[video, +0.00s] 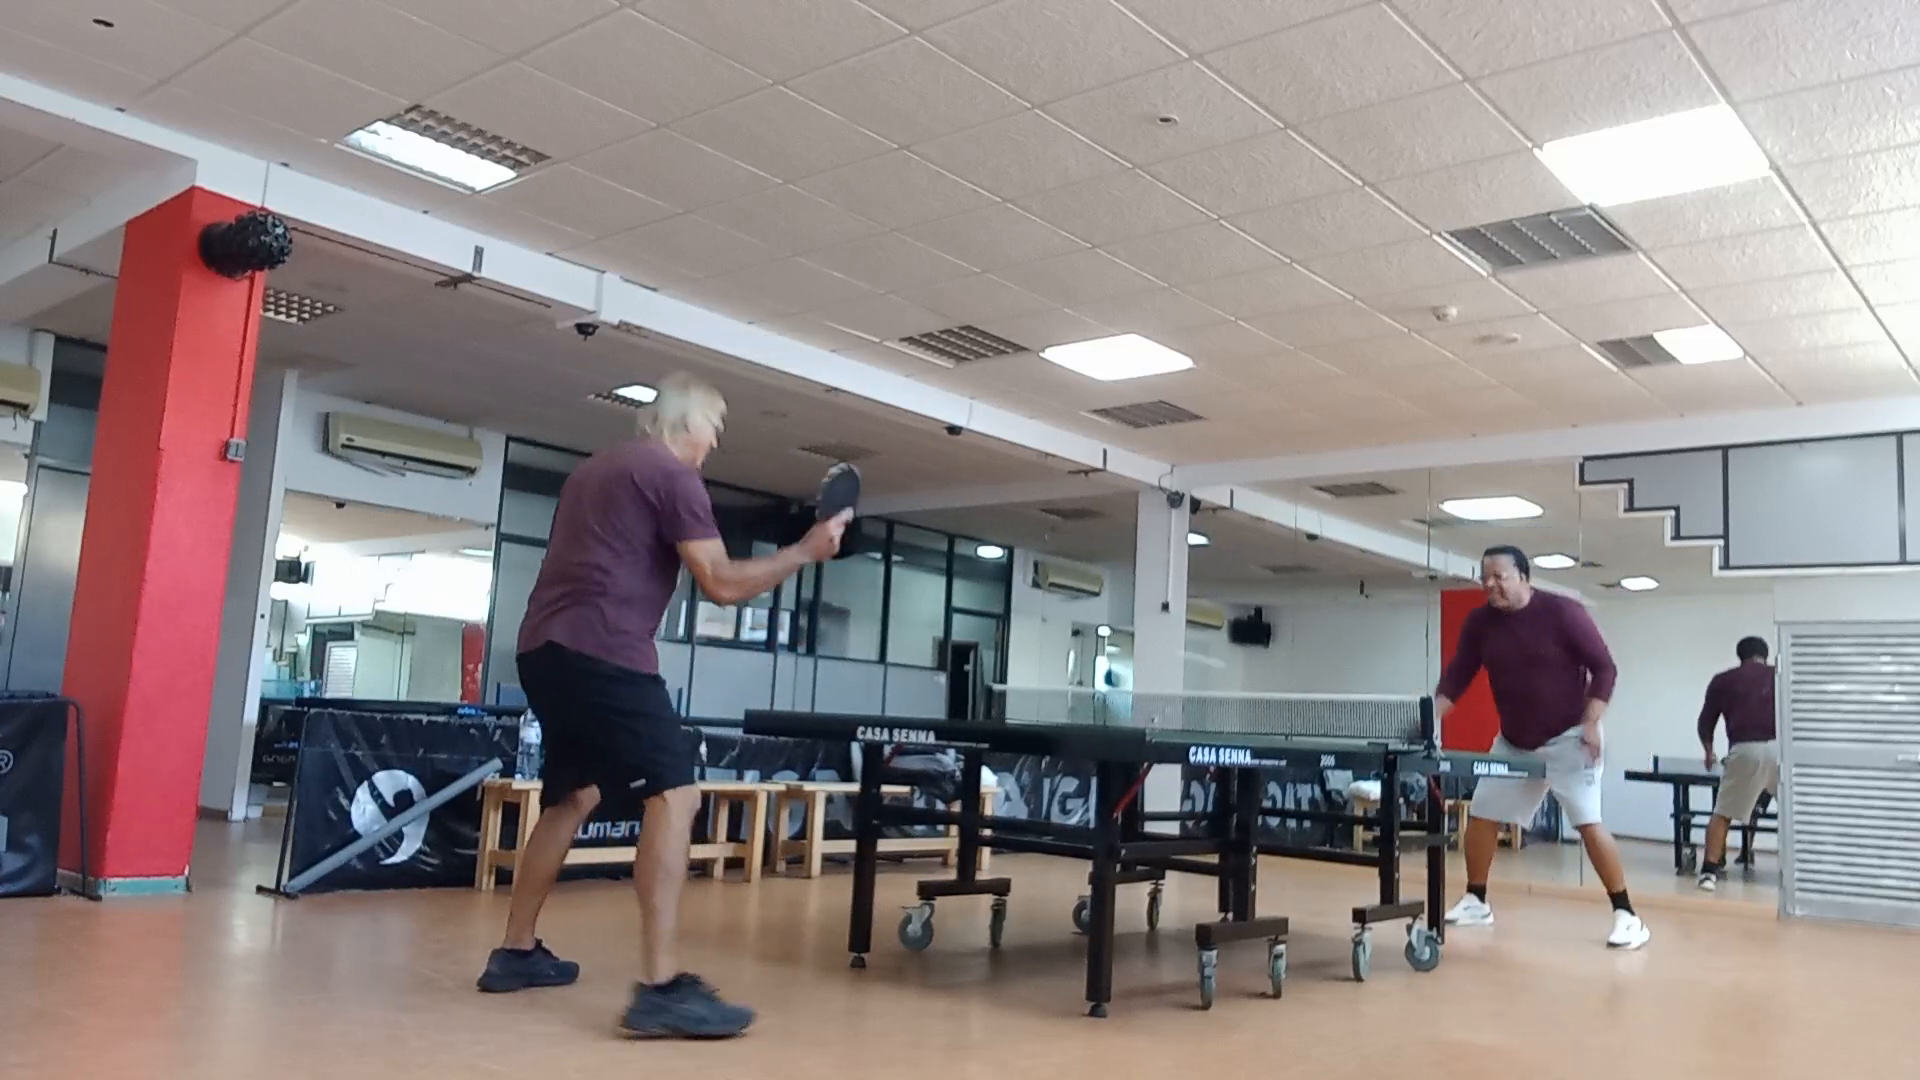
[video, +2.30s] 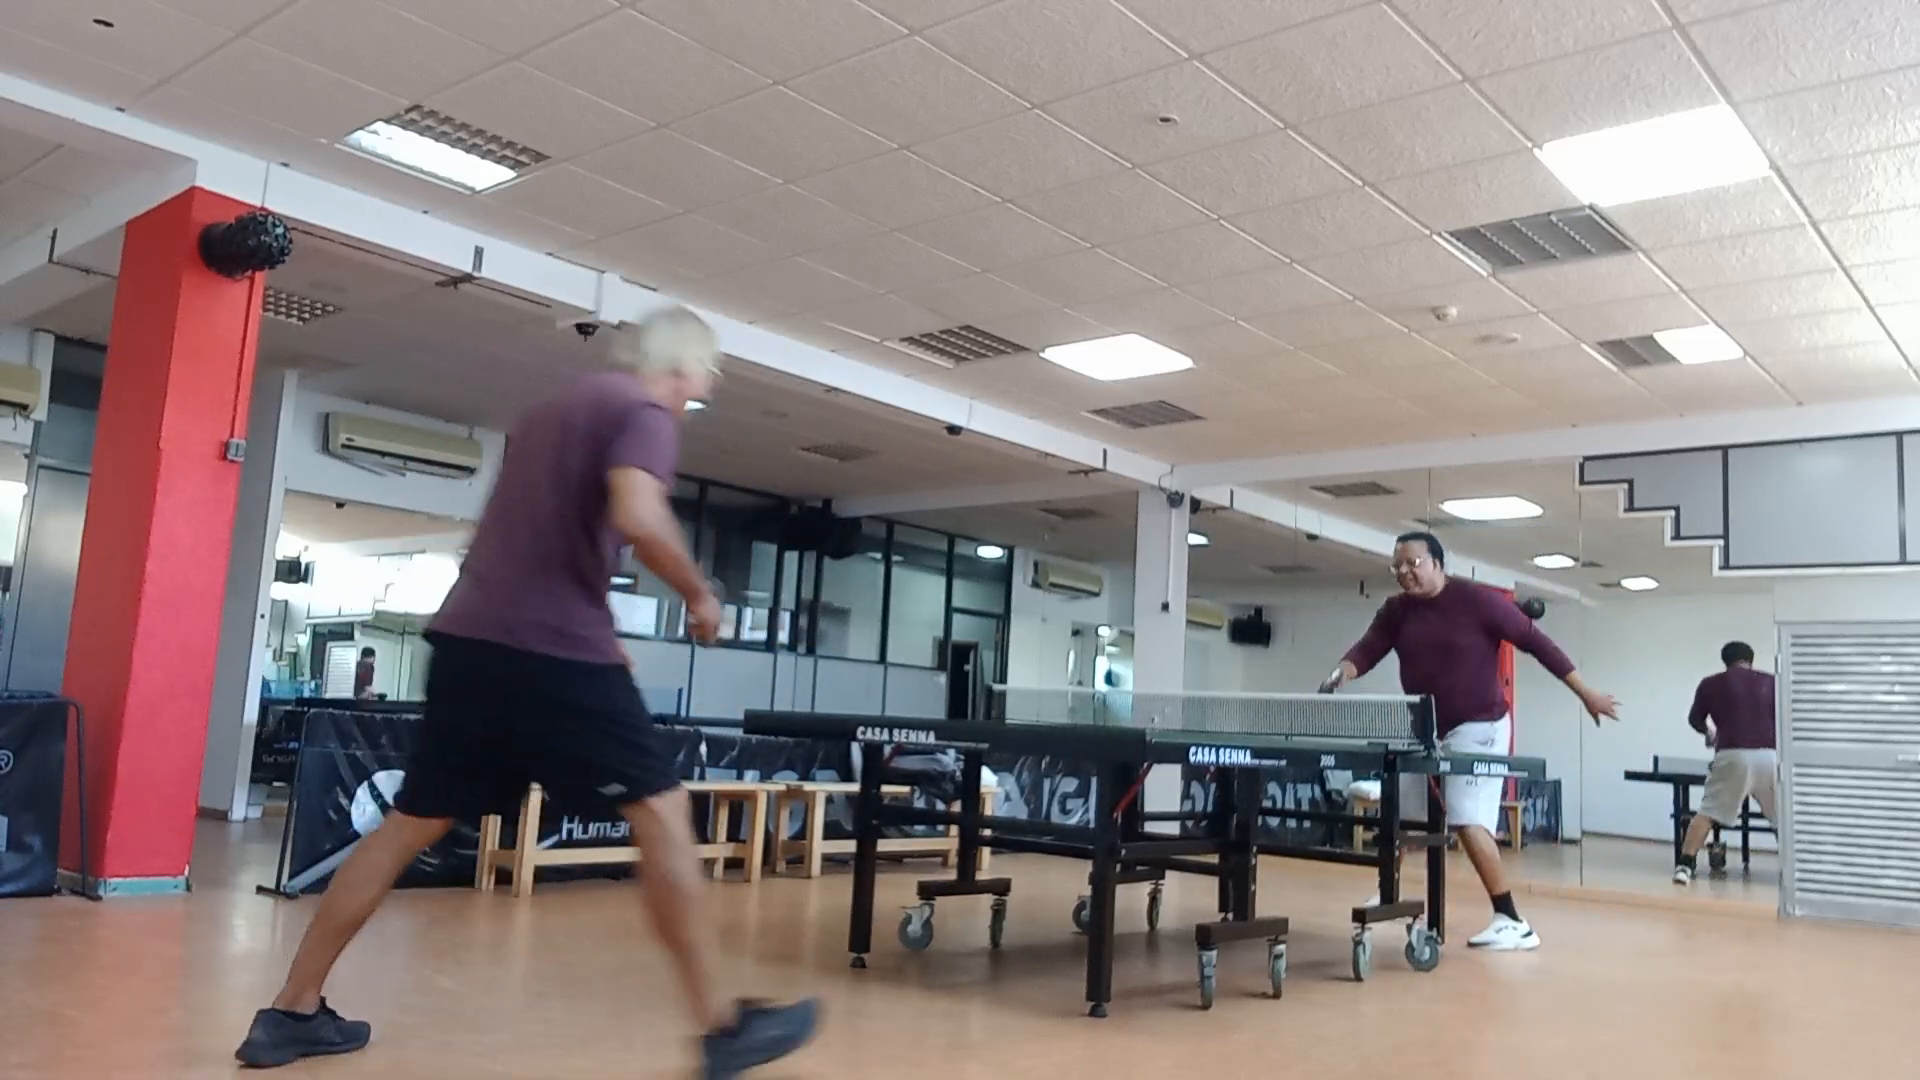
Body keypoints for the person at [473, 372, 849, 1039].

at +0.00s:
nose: (713, 450)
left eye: (716, 438)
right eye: (712, 435)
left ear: (655, 422)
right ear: (686, 426)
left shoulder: (592, 469)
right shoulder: (672, 473)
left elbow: (579, 571)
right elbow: (722, 582)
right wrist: (805, 552)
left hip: (543, 649)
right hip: (606, 653)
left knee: (575, 793)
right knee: (675, 790)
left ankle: (515, 951)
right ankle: (660, 986)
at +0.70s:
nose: (789, 448)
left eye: (791, 433)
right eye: (783, 431)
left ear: (743, 432)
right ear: (740, 427)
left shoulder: (722, 501)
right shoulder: (660, 488)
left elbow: (682, 585)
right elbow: (607, 596)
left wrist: (708, 652)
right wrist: (716, 602)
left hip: (611, 663)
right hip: (580, 660)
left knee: (611, 818)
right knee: (690, 784)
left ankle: (499, 947)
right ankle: (673, 1002)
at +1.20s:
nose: (725, 345)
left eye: (725, 331)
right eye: (717, 329)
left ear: (664, 330)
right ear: (680, 332)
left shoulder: (642, 403)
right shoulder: (637, 407)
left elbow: (649, 543)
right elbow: (660, 559)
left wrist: (709, 604)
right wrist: (765, 601)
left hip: (582, 641)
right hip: (585, 645)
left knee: (609, 807)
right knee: (666, 809)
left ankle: (454, 964)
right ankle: (685, 1020)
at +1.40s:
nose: (682, 339)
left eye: (683, 324)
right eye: (678, 322)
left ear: (613, 314)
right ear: (647, 318)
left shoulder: (567, 375)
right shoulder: (608, 381)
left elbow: (543, 533)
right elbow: (600, 520)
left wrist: (615, 615)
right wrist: (700, 590)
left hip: (491, 617)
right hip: (539, 624)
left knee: (509, 807)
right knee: (612, 796)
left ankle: (421, 997)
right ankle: (552, 1024)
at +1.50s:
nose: (668, 339)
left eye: (671, 324)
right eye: (666, 321)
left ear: (598, 308)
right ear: (634, 314)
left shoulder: (543, 370)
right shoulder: (602, 381)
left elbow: (512, 519)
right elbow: (591, 523)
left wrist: (571, 621)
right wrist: (675, 601)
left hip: (466, 614)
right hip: (518, 625)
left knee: (486, 808)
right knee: (558, 809)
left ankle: (419, 1000)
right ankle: (438, 1023)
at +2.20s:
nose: (661, 370)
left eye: (664, 356)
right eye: (662, 353)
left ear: (589, 330)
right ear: (637, 342)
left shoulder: (519, 385)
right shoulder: (600, 390)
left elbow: (467, 516)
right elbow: (588, 501)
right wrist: (663, 584)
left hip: (432, 622)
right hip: (520, 632)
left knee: (400, 810)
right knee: (618, 792)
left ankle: (289, 1009)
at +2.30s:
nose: (697, 403)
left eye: (705, 390)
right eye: (701, 386)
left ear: (636, 354)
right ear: (677, 366)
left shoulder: (555, 403)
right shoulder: (644, 407)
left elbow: (513, 542)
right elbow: (637, 515)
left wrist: (598, 637)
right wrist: (697, 592)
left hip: (469, 640)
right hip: (558, 650)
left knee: (414, 820)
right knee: (658, 810)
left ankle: (293, 1009)